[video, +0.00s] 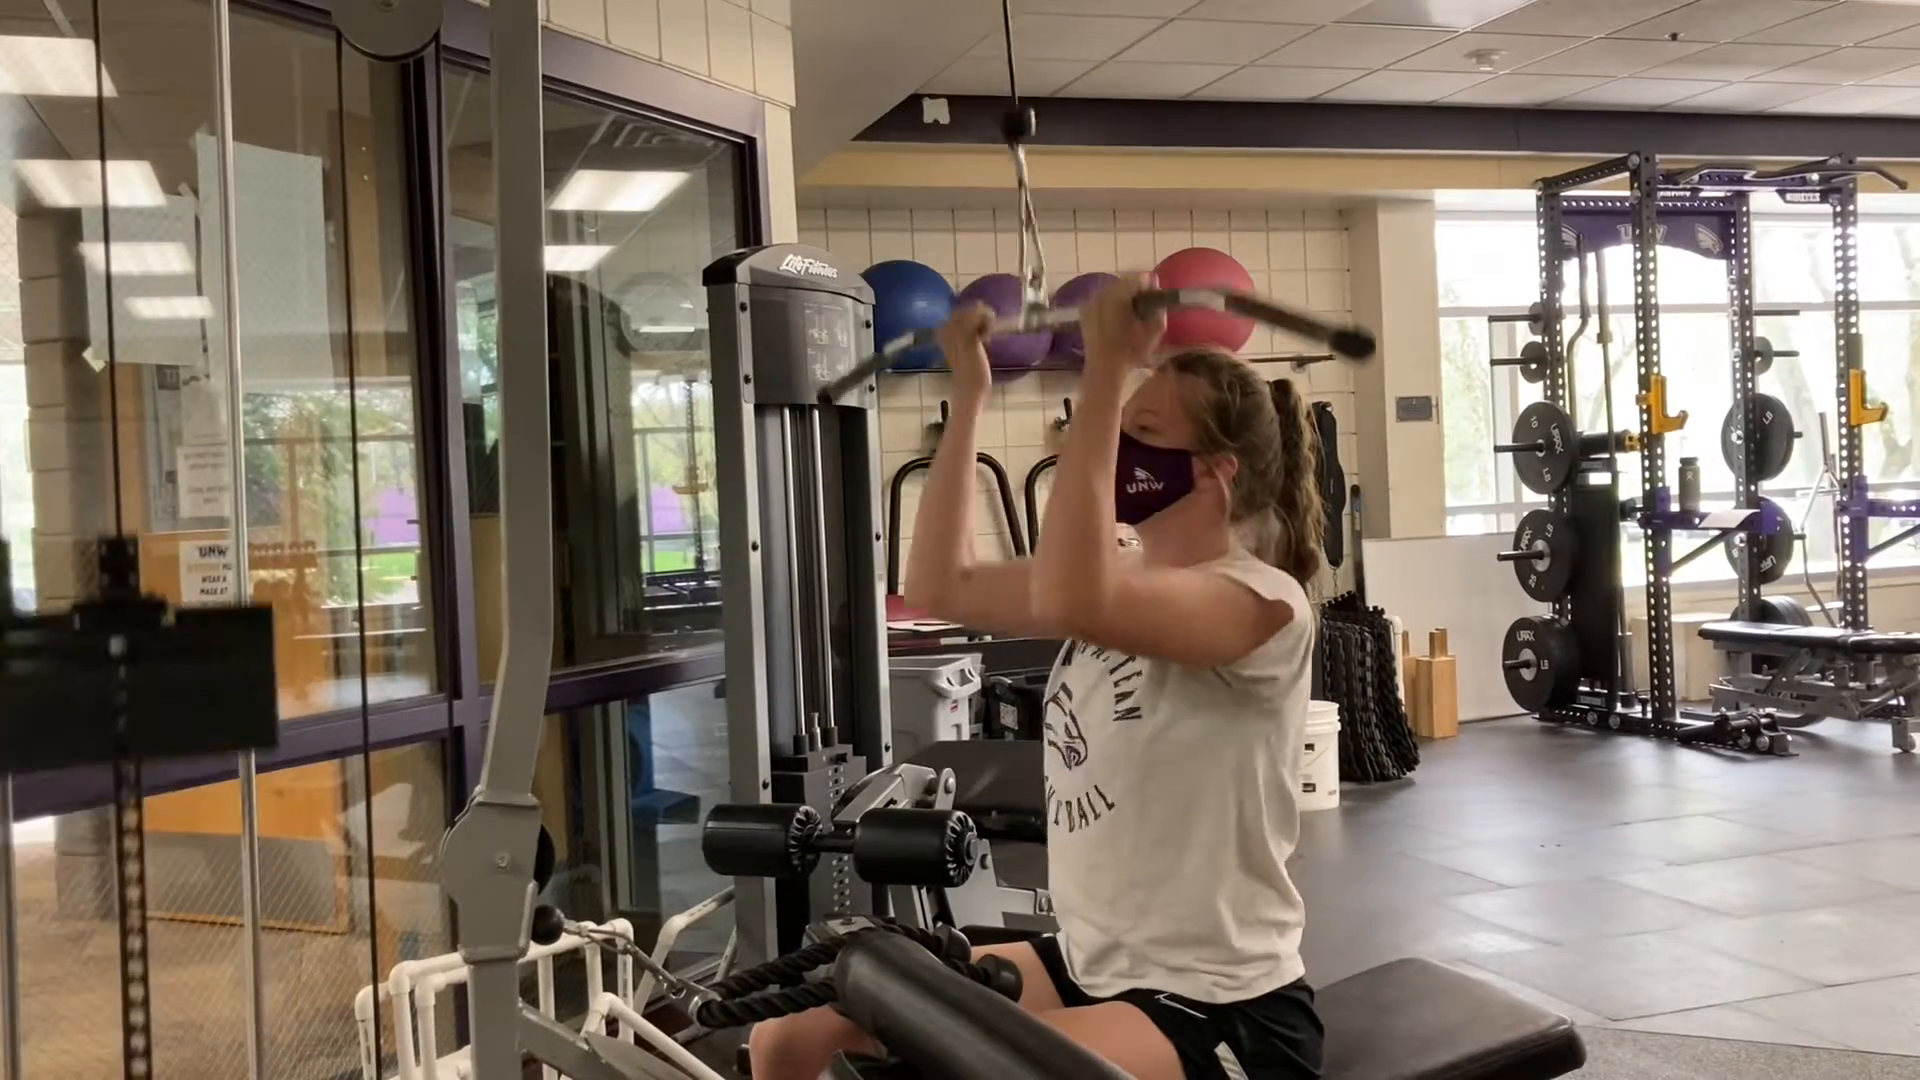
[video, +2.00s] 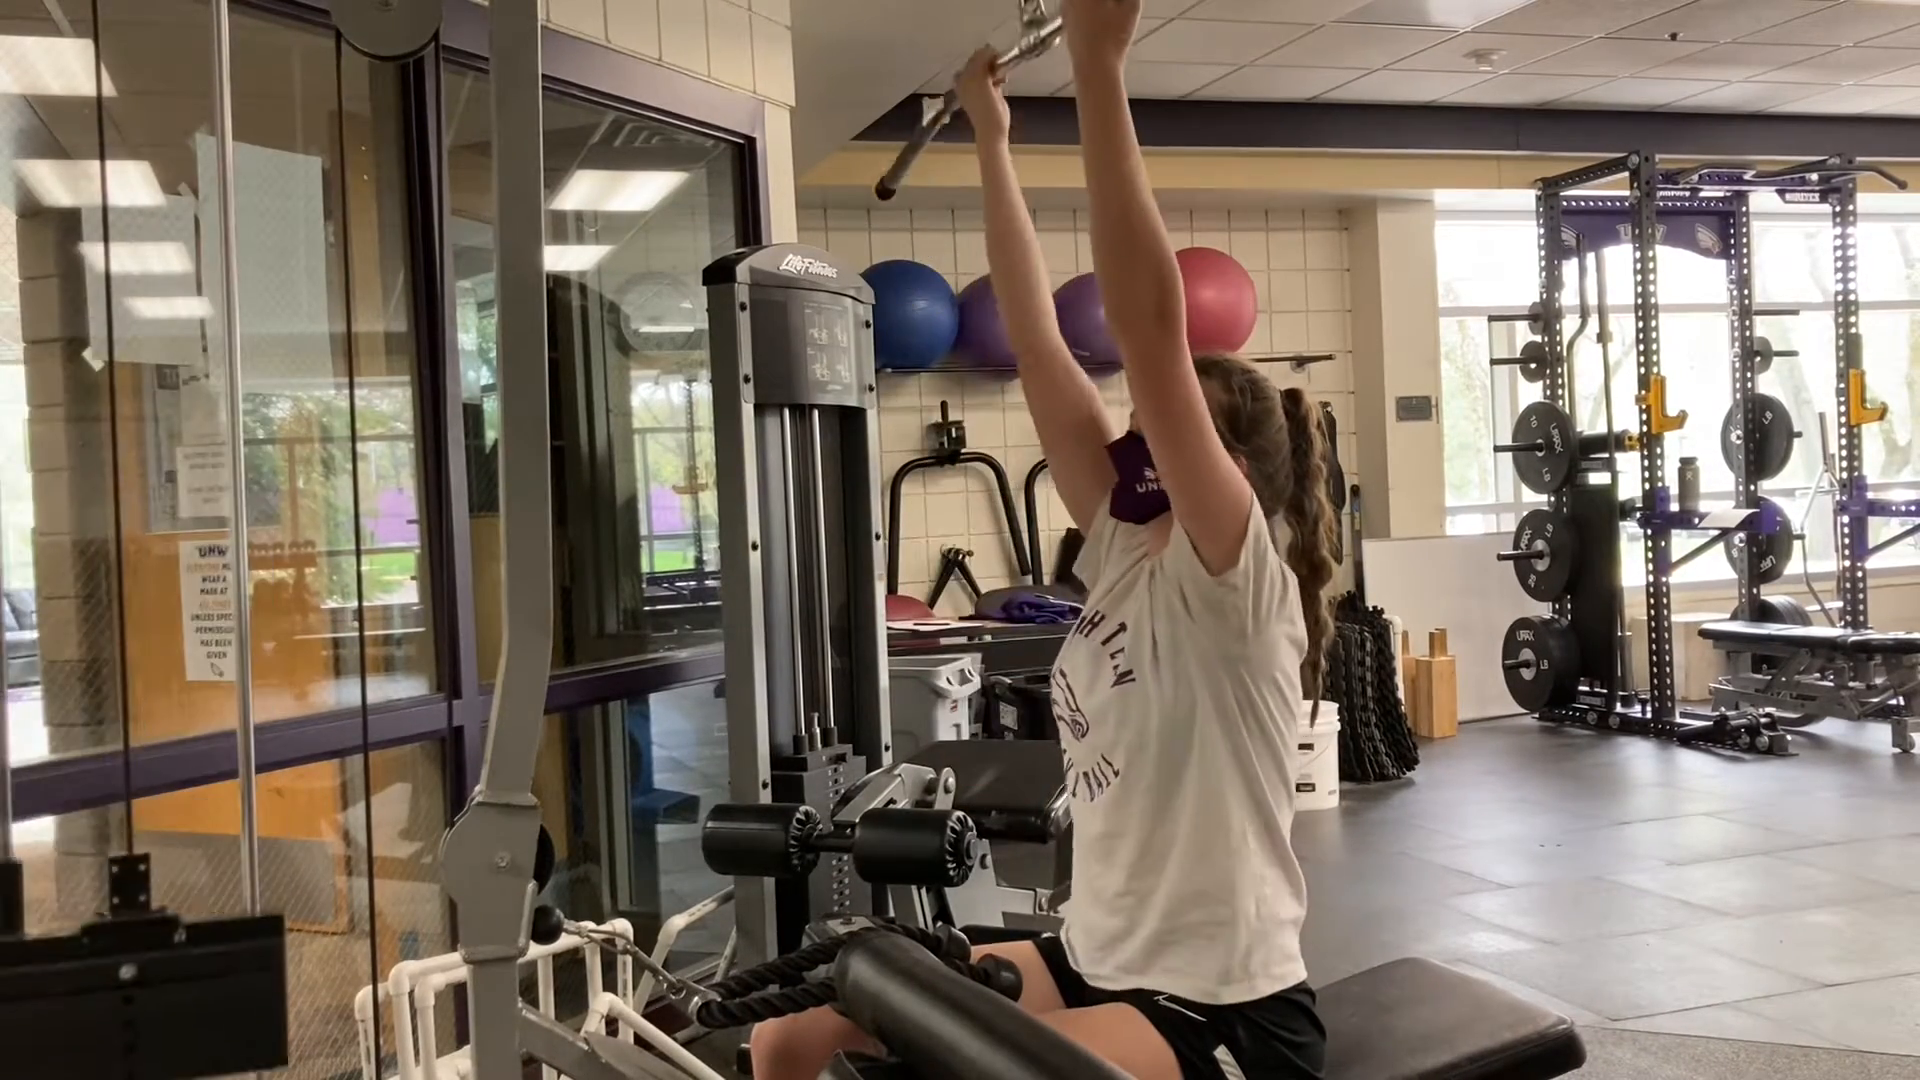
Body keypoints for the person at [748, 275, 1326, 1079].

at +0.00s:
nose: (1114, 461)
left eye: (1146, 445)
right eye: (1119, 438)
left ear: (1218, 473)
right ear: (1103, 447)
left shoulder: (1259, 603)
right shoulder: (1108, 572)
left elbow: (1077, 597)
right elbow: (936, 585)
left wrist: (1106, 369)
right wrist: (968, 396)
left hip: (1225, 1007)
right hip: (1088, 963)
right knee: (789, 1040)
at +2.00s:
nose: (1137, 431)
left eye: (1171, 408)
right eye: (1145, 413)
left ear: (1222, 447)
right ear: (1155, 438)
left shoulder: (1239, 573)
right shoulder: (1120, 546)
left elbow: (1152, 331)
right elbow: (1036, 337)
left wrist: (1098, 69)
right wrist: (988, 133)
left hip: (1222, 1014)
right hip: (1098, 969)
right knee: (793, 1035)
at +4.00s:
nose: (1130, 464)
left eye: (1159, 450)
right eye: (1135, 444)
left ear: (1236, 480)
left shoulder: (1257, 609)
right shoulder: (1128, 586)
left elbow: (1111, 776)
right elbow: (973, 738)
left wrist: (1096, 539)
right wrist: (985, 550)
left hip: (1222, 1006)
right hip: (1092, 966)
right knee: (789, 1040)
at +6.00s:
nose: (1114, 467)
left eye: (1144, 450)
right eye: (1116, 444)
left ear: (1221, 474)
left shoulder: (1260, 597)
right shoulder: (1114, 574)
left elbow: (1071, 612)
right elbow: (939, 593)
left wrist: (1090, 375)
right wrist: (969, 410)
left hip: (1227, 1008)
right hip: (1091, 961)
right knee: (792, 1038)